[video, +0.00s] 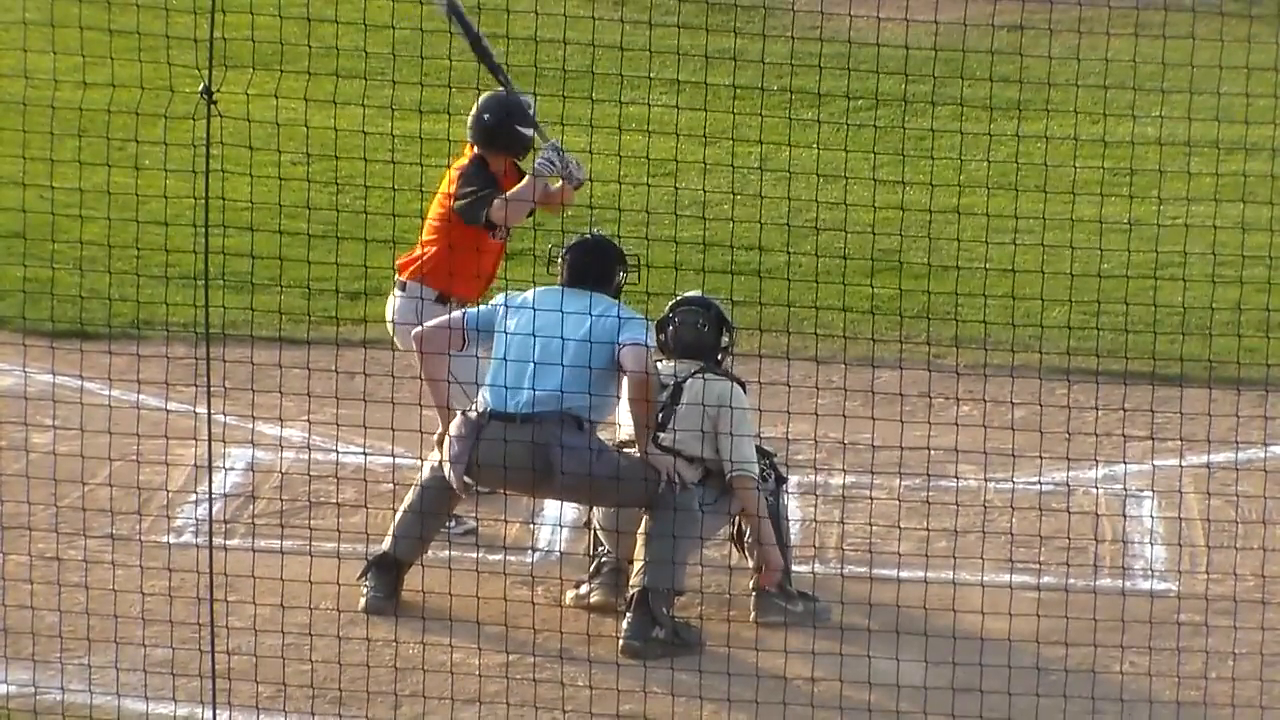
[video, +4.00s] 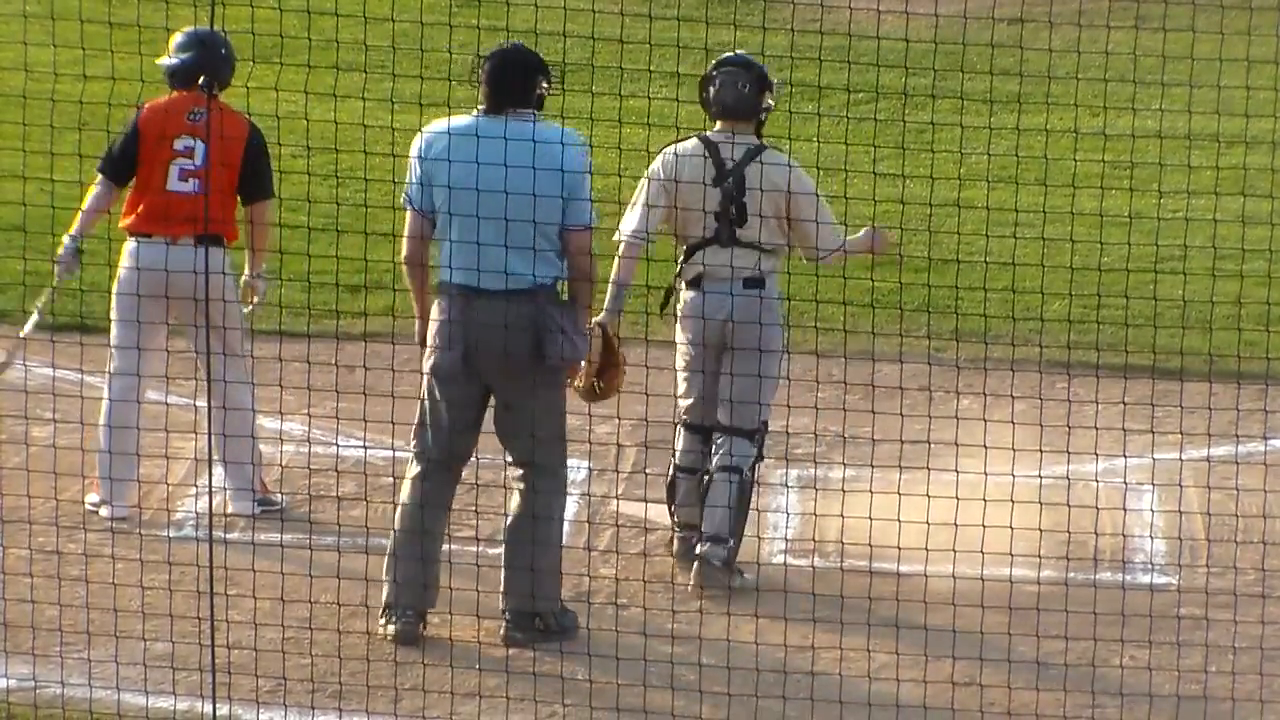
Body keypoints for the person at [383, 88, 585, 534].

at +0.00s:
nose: (527, 141)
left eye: (528, 135)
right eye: (524, 134)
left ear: (484, 135)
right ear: (511, 139)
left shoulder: (505, 172)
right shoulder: (471, 175)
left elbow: (546, 202)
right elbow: (502, 215)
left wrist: (567, 185)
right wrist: (537, 177)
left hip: (449, 306)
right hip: (422, 306)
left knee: (481, 400)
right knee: (473, 408)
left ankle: (443, 502)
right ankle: (435, 507)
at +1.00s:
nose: (525, 145)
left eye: (525, 136)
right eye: (519, 137)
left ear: (491, 139)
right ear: (498, 140)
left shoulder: (499, 175)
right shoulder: (453, 186)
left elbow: (499, 223)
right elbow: (435, 260)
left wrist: (515, 241)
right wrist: (490, 245)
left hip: (459, 296)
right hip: (417, 297)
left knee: (471, 396)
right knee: (450, 404)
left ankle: (443, 494)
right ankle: (432, 507)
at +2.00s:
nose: (384, 118)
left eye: (386, 110)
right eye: (384, 109)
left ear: (340, 92)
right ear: (369, 103)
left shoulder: (289, 119)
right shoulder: (346, 132)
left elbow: (234, 179)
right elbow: (351, 205)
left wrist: (191, 224)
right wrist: (404, 194)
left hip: (263, 263)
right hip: (304, 267)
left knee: (312, 372)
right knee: (303, 375)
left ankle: (335, 483)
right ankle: (262, 496)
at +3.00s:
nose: (126, 68)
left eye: (128, 62)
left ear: (133, 64)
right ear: (183, 67)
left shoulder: (108, 115)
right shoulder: (205, 120)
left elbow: (68, 188)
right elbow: (225, 195)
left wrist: (37, 241)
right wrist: (230, 251)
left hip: (124, 257)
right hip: (191, 257)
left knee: (104, 371)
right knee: (211, 365)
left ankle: (91, 490)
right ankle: (229, 482)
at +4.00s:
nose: (167, 76)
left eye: (171, 70)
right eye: (169, 71)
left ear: (180, 72)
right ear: (222, 76)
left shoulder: (149, 117)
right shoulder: (244, 130)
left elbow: (107, 185)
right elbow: (260, 211)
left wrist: (72, 237)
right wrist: (257, 270)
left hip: (142, 262)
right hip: (207, 264)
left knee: (125, 375)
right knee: (230, 375)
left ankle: (114, 495)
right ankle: (247, 491)